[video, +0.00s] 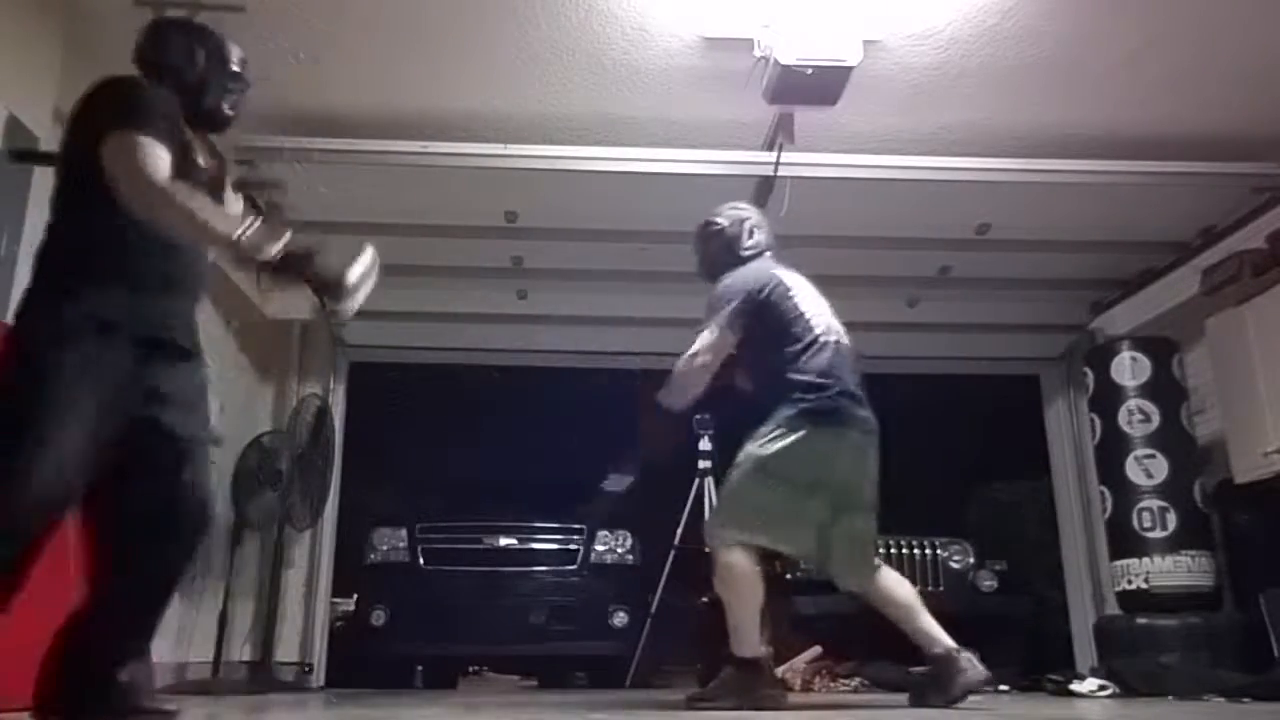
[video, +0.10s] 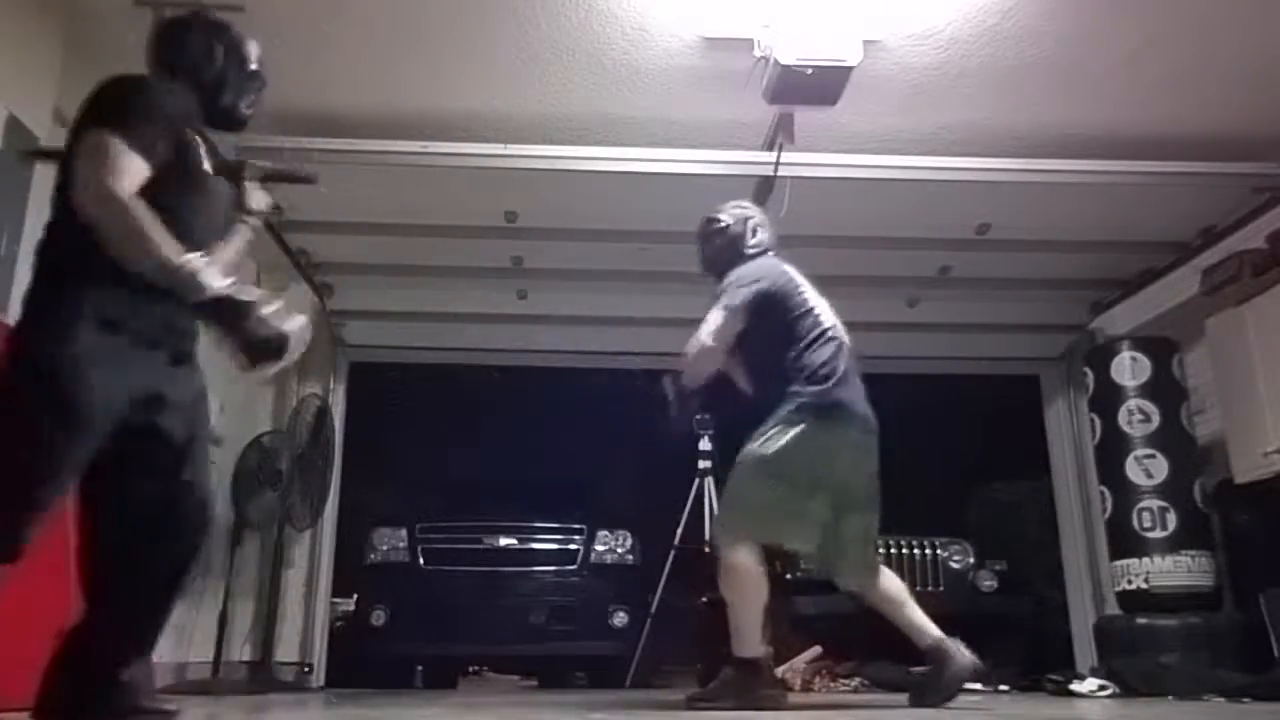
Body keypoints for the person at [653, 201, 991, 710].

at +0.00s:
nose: (700, 242)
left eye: (711, 230)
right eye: (701, 234)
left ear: (748, 233)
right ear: (757, 239)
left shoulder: (745, 279)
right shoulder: (791, 281)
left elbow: (700, 359)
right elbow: (783, 367)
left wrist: (669, 401)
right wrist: (741, 379)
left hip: (809, 418)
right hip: (857, 426)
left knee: (729, 535)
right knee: (856, 563)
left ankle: (749, 668)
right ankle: (954, 661)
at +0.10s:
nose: (703, 241)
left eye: (715, 228)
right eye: (702, 233)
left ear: (753, 232)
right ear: (755, 241)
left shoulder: (752, 274)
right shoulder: (781, 277)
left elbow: (703, 349)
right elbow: (765, 386)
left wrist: (682, 391)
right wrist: (722, 363)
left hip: (812, 414)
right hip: (856, 424)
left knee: (735, 535)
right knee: (855, 564)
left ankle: (749, 669)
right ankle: (945, 653)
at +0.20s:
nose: (719, 240)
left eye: (730, 227)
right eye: (714, 232)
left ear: (764, 228)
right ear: (714, 241)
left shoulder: (773, 267)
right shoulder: (778, 280)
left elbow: (711, 320)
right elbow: (771, 380)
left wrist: (664, 322)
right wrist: (721, 349)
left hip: (819, 417)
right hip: (849, 424)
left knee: (741, 529)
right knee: (842, 561)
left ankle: (750, 670)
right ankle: (937, 654)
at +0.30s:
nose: (734, 242)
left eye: (744, 232)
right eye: (730, 233)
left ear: (775, 232)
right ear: (728, 238)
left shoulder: (791, 272)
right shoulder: (789, 283)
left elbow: (754, 329)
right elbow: (773, 379)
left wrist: (680, 333)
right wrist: (715, 359)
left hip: (819, 424)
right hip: (845, 429)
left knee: (742, 534)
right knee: (856, 563)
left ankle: (751, 670)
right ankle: (953, 665)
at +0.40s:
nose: (742, 244)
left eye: (751, 232)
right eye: (738, 234)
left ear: (781, 231)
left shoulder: (800, 272)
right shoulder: (788, 284)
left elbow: (774, 337)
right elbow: (769, 377)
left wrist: (706, 360)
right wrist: (705, 354)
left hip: (813, 432)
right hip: (842, 435)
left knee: (742, 533)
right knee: (861, 566)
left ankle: (751, 671)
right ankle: (953, 665)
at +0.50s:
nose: (740, 228)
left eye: (752, 218)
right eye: (733, 221)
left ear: (782, 226)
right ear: (726, 237)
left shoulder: (793, 270)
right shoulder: (768, 283)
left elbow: (763, 338)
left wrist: (703, 376)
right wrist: (730, 319)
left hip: (810, 434)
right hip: (824, 437)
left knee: (740, 533)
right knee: (862, 559)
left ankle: (757, 671)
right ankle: (954, 665)